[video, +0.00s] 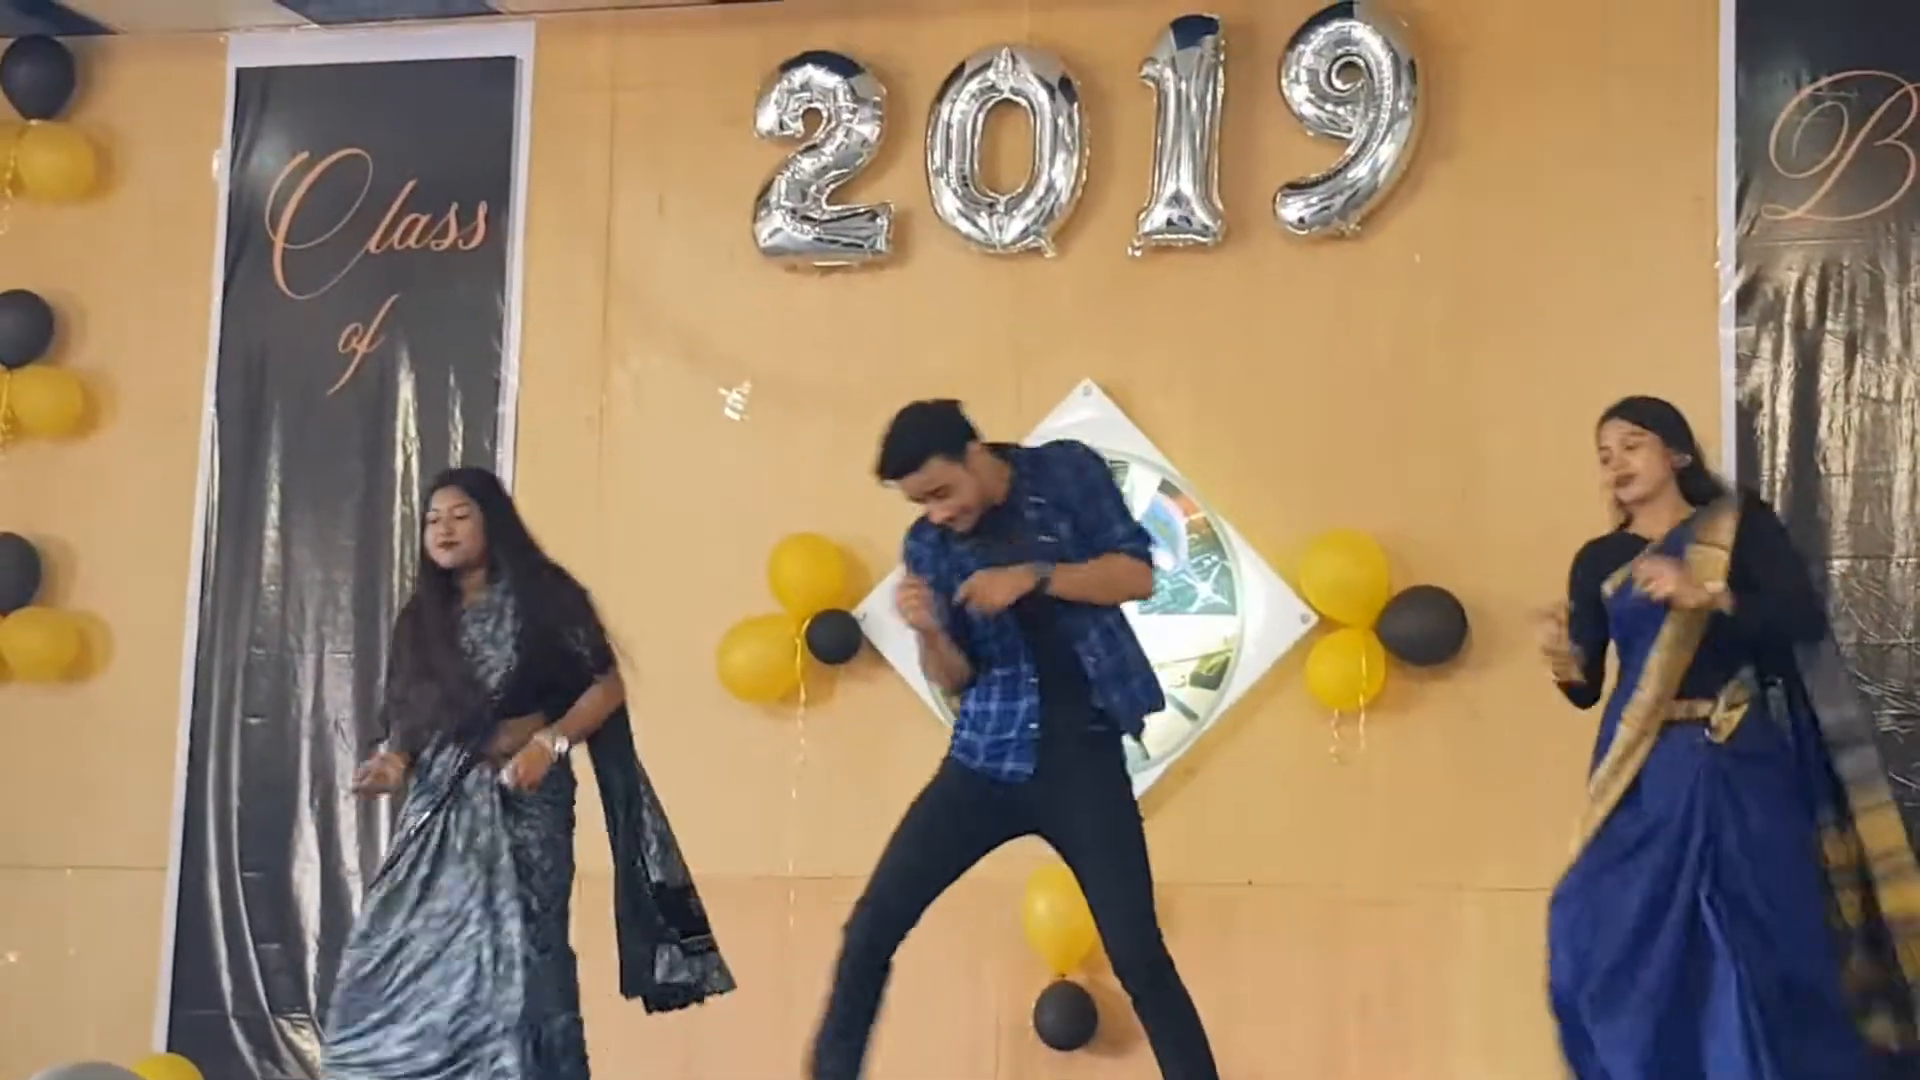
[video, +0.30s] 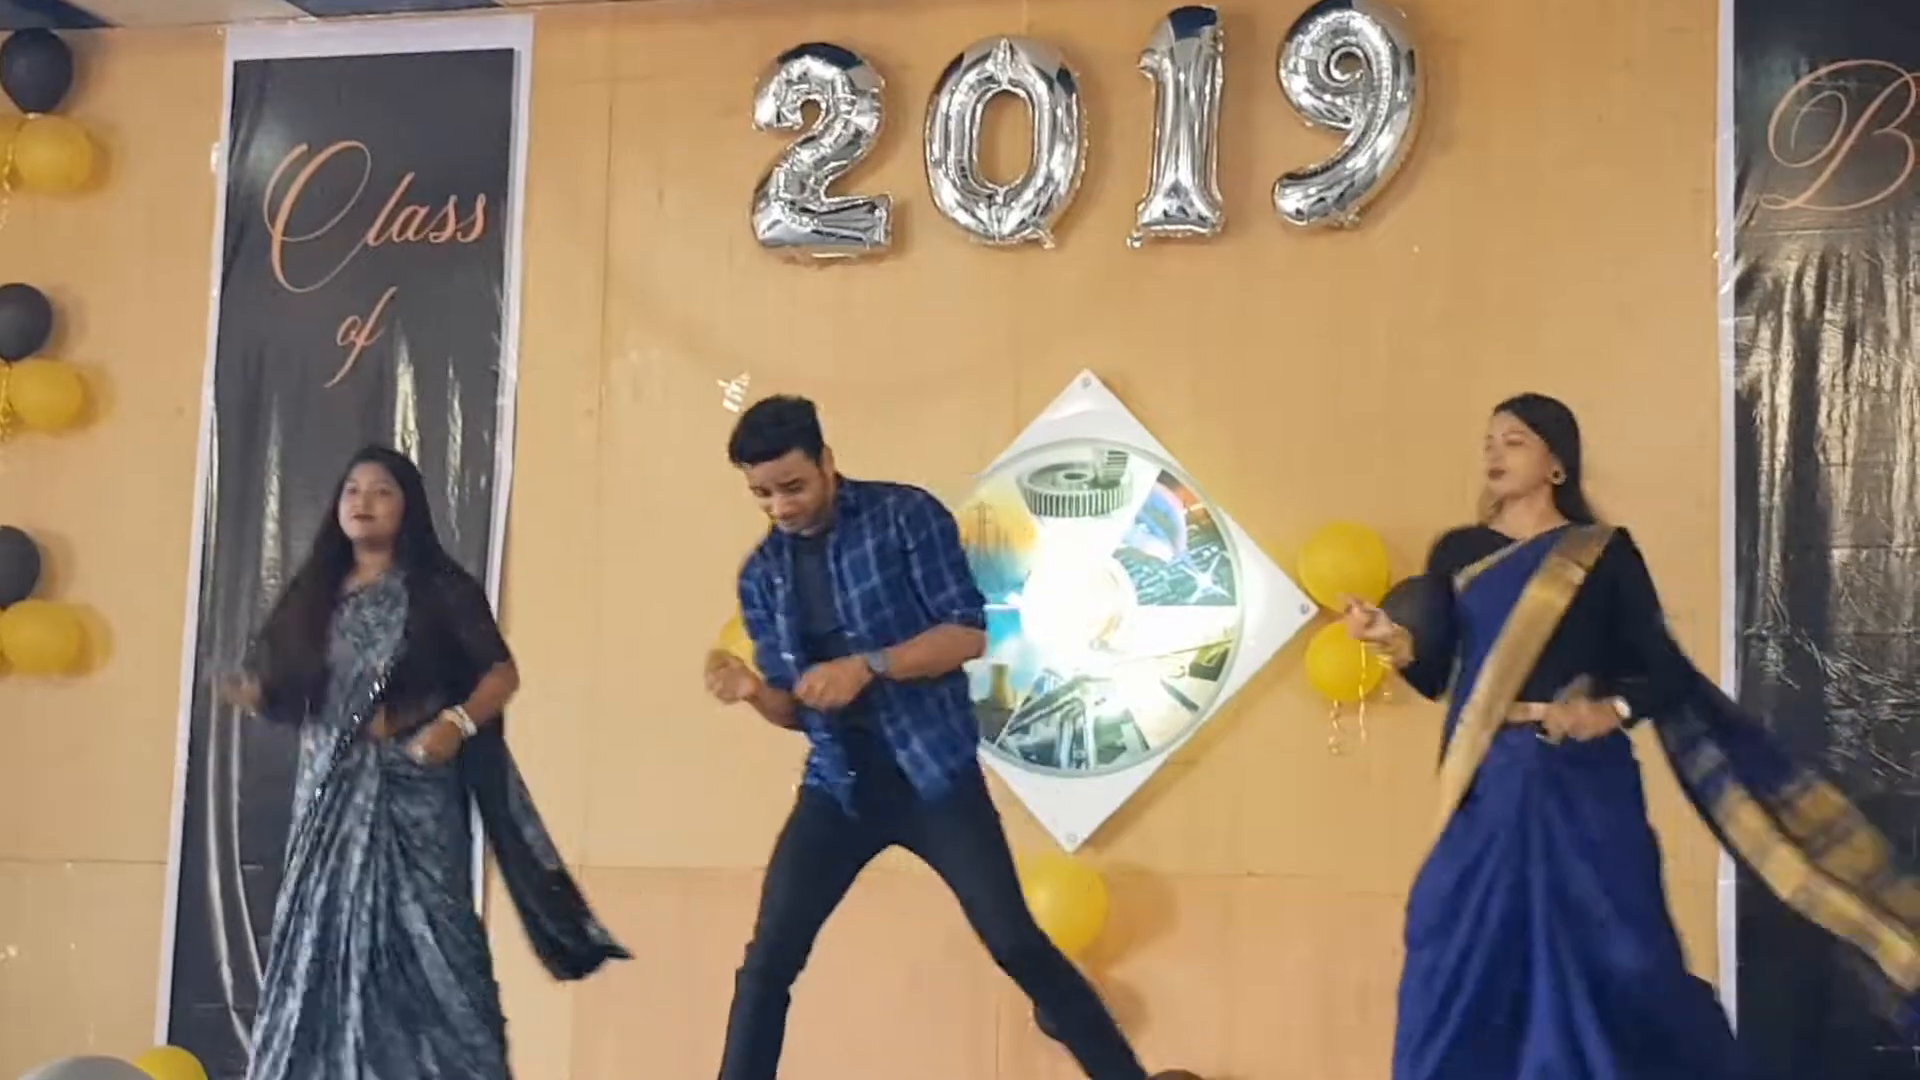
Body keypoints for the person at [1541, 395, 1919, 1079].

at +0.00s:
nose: (1616, 465)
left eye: (1632, 447)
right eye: (1606, 454)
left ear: (1675, 453)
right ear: (1601, 468)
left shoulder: (1740, 523)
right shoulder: (1598, 559)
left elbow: (1805, 618)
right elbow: (1584, 690)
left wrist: (1708, 595)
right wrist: (1563, 656)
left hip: (1743, 760)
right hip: (1644, 770)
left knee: (1751, 936)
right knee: (1626, 931)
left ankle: (1758, 1065)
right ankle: (1641, 1065)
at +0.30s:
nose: (1492, 455)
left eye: (1510, 442)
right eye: (1488, 442)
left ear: (1555, 460)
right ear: (1481, 457)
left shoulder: (1603, 551)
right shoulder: (1458, 553)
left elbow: (1665, 675)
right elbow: (1436, 680)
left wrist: (1608, 710)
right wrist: (1396, 644)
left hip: (1586, 787)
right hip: (1488, 790)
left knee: (1615, 964)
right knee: (1459, 952)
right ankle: (1457, 1068)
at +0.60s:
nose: (1420, 243)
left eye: (1439, 231)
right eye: (1419, 228)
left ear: (1479, 247)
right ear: (1423, 243)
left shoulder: (1520, 329)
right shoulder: (1410, 342)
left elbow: (1557, 460)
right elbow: (1388, 460)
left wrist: (1470, 495)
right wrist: (1341, 510)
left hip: (1486, 574)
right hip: (1408, 574)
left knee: (1451, 752)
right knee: (1374, 746)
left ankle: (1496, 960)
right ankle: (1361, 957)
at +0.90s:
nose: (1453, 100)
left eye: (1475, 93)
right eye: (1454, 86)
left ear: (1506, 123)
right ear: (1447, 103)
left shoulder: (1499, 187)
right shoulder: (1443, 193)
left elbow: (1516, 273)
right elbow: (1429, 289)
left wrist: (1545, 264)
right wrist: (1370, 311)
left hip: (1473, 404)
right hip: (1421, 407)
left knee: (1426, 583)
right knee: (1374, 592)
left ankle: (1532, 751)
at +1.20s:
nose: (1543, 116)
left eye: (1566, 110)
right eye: (1544, 101)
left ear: (1597, 140)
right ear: (1534, 117)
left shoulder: (1581, 196)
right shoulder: (1553, 200)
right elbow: (1553, 290)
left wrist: (1617, 244)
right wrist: (1506, 300)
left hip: (1570, 431)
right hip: (1535, 431)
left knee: (1542, 619)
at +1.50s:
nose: (1657, 103)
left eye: (1679, 95)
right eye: (1659, 88)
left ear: (1714, 123)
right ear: (1653, 106)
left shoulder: (1704, 185)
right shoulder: (1661, 194)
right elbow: (1657, 300)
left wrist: (1734, 208)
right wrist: (1606, 275)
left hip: (1694, 431)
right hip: (1663, 427)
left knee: (1619, 608)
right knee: (1725, 621)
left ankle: (1594, 813)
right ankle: (1847, 793)